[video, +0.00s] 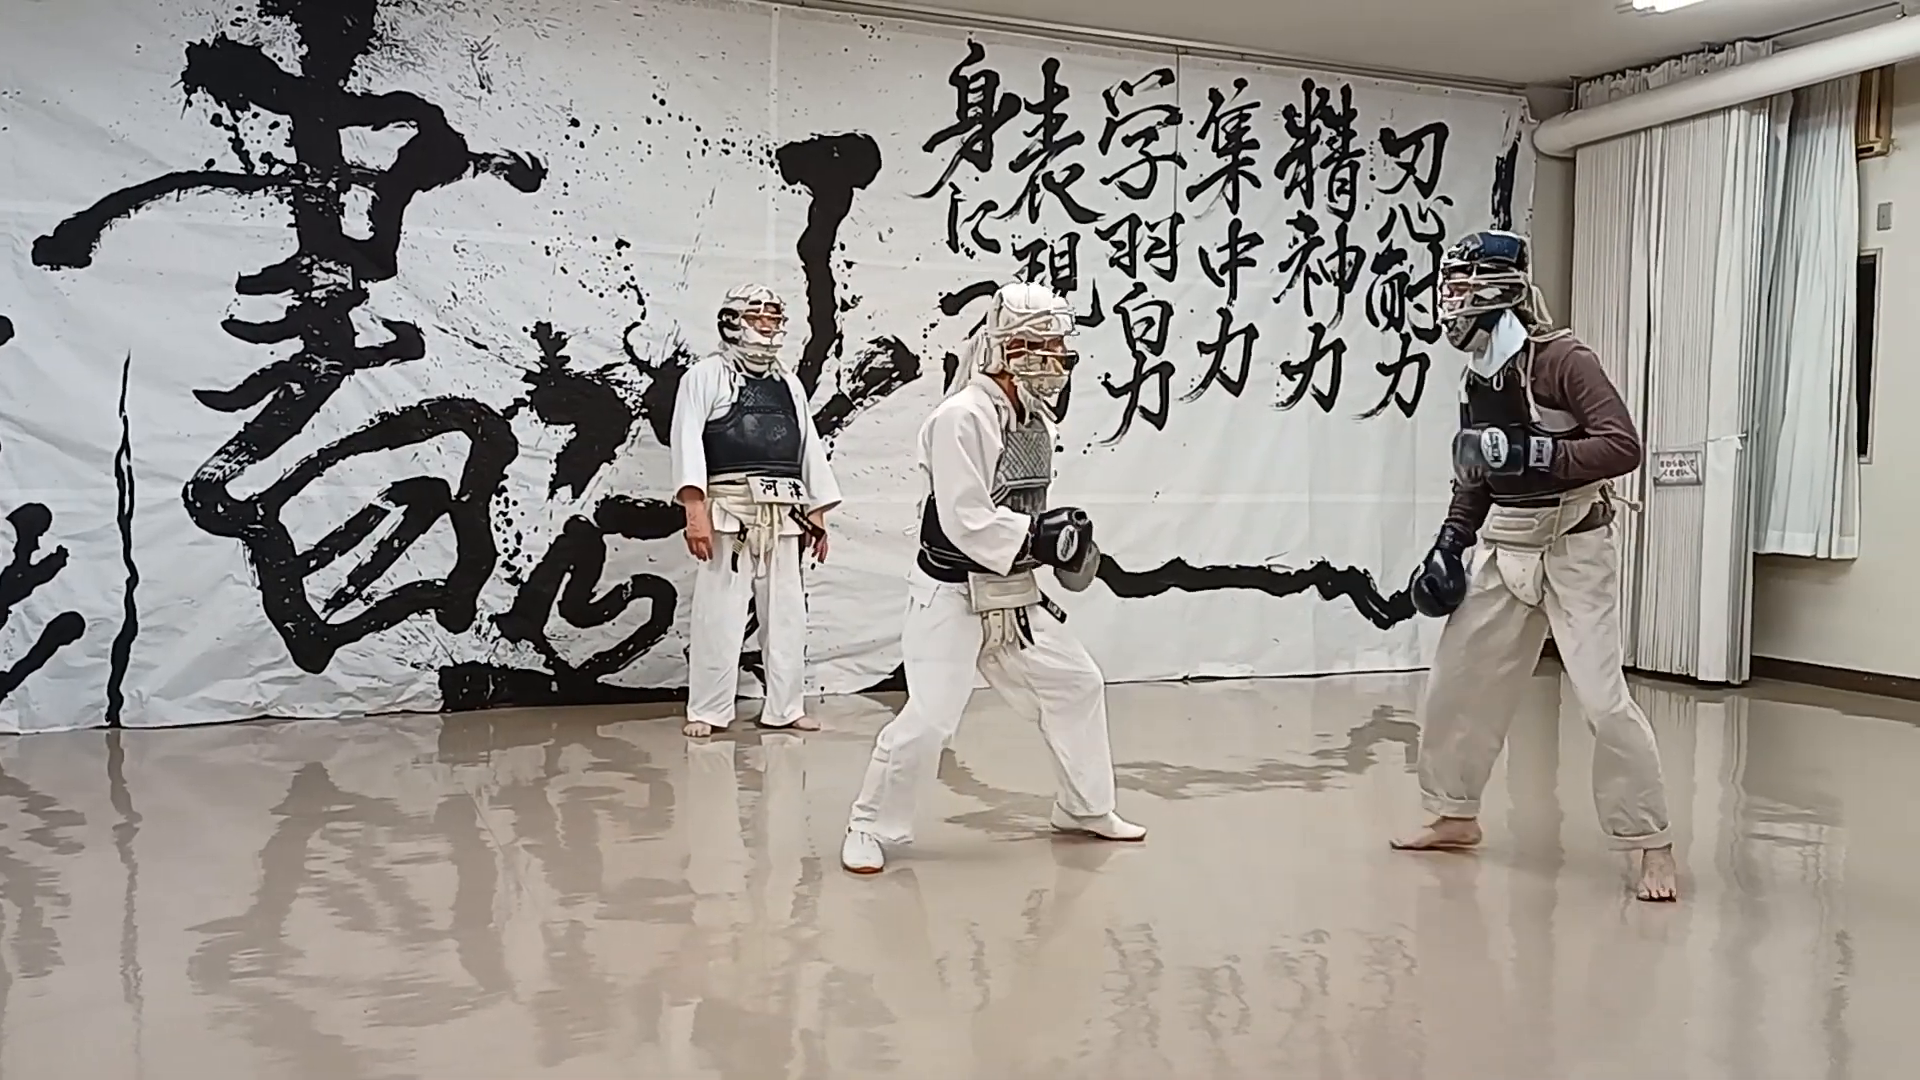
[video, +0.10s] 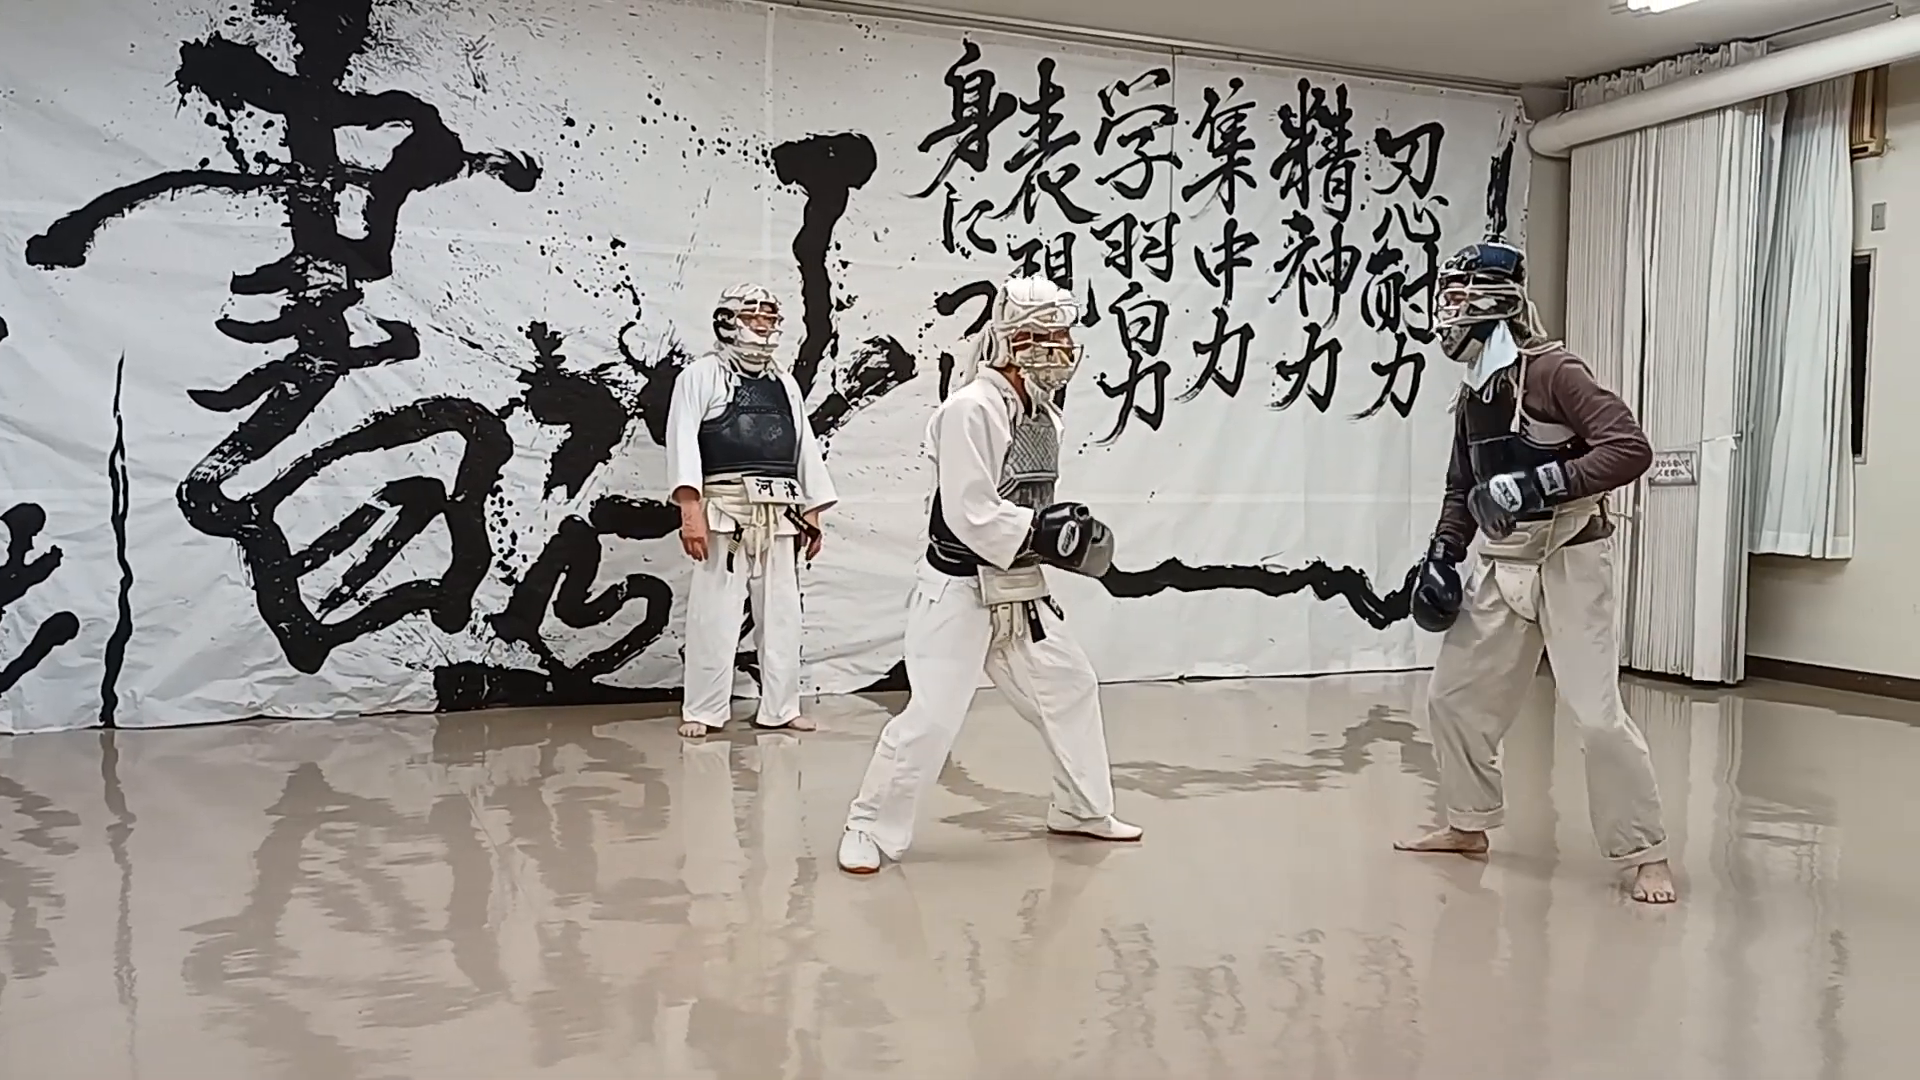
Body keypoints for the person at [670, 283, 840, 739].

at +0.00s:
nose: (768, 325)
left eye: (774, 319)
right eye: (757, 317)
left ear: (781, 326)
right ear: (733, 321)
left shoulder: (789, 382)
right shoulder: (705, 375)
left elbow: (809, 449)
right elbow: (687, 444)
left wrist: (817, 514)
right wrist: (695, 510)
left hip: (784, 512)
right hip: (724, 510)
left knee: (787, 615)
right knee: (718, 615)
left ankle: (784, 709)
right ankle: (707, 713)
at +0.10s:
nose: (765, 326)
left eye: (771, 319)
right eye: (755, 318)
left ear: (776, 326)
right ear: (730, 321)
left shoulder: (785, 382)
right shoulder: (701, 374)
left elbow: (804, 448)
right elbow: (682, 444)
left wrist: (813, 511)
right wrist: (690, 510)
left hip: (780, 511)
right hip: (720, 510)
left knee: (782, 614)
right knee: (713, 615)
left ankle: (780, 709)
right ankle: (703, 713)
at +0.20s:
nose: (759, 327)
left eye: (766, 321)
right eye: (749, 319)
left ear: (773, 326)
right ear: (726, 321)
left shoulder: (781, 382)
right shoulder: (697, 374)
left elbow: (801, 448)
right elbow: (678, 443)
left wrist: (809, 512)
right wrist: (686, 510)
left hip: (776, 513)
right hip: (716, 512)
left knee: (779, 615)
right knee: (709, 617)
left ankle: (776, 709)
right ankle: (699, 713)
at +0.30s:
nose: (757, 327)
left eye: (763, 321)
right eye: (747, 318)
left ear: (770, 327)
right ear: (722, 320)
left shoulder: (778, 381)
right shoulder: (693, 374)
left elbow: (797, 448)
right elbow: (675, 444)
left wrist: (805, 511)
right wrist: (683, 510)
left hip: (772, 512)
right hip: (713, 511)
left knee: (775, 615)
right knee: (706, 616)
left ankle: (772, 709)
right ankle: (696, 714)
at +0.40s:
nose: (755, 325)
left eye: (761, 319)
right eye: (745, 316)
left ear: (766, 326)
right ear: (720, 320)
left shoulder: (774, 381)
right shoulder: (690, 374)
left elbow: (794, 449)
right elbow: (672, 444)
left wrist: (800, 513)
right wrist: (680, 511)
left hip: (769, 512)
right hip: (709, 510)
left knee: (771, 615)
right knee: (703, 617)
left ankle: (768, 710)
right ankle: (693, 714)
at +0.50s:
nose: (752, 325)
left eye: (758, 319)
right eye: (742, 317)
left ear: (763, 326)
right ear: (717, 320)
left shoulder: (772, 381)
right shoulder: (687, 374)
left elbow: (791, 448)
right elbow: (669, 443)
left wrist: (798, 512)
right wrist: (677, 511)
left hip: (766, 511)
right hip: (706, 510)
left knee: (768, 615)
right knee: (699, 616)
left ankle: (765, 710)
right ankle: (689, 715)